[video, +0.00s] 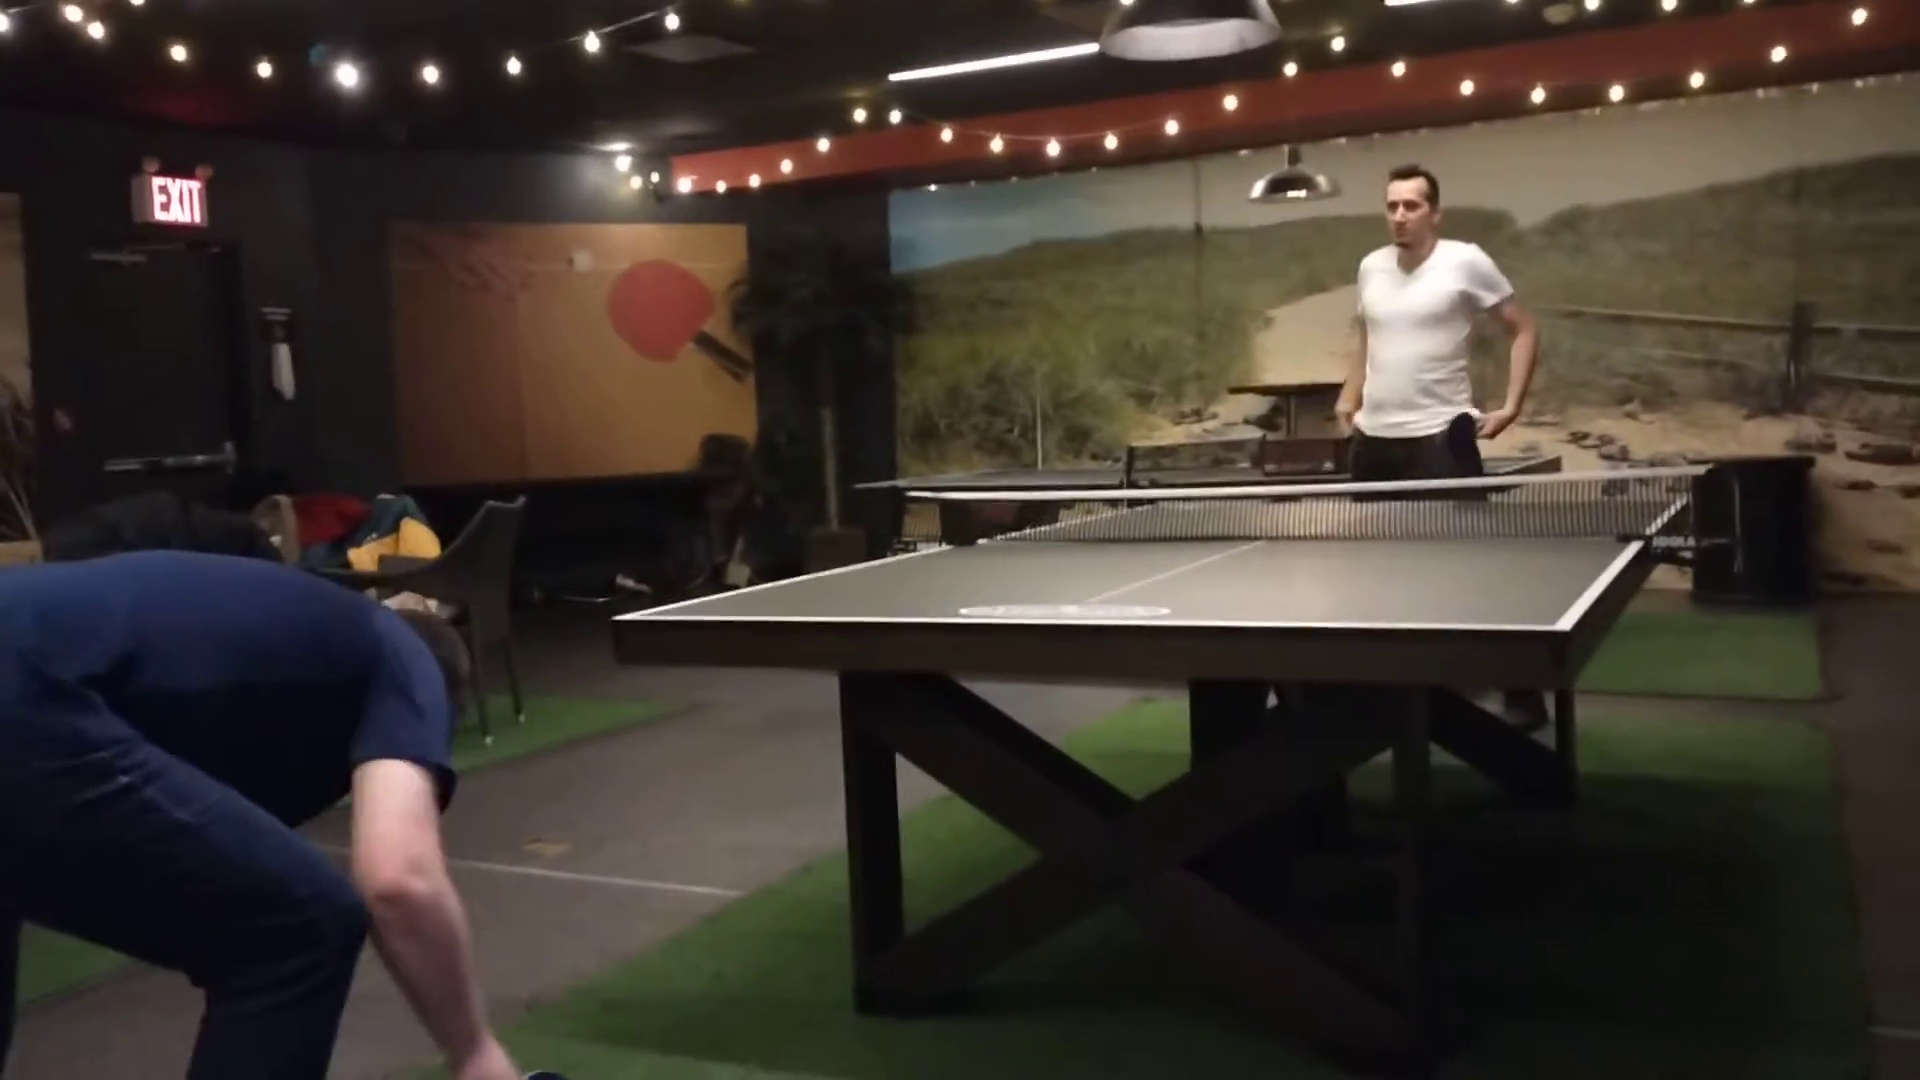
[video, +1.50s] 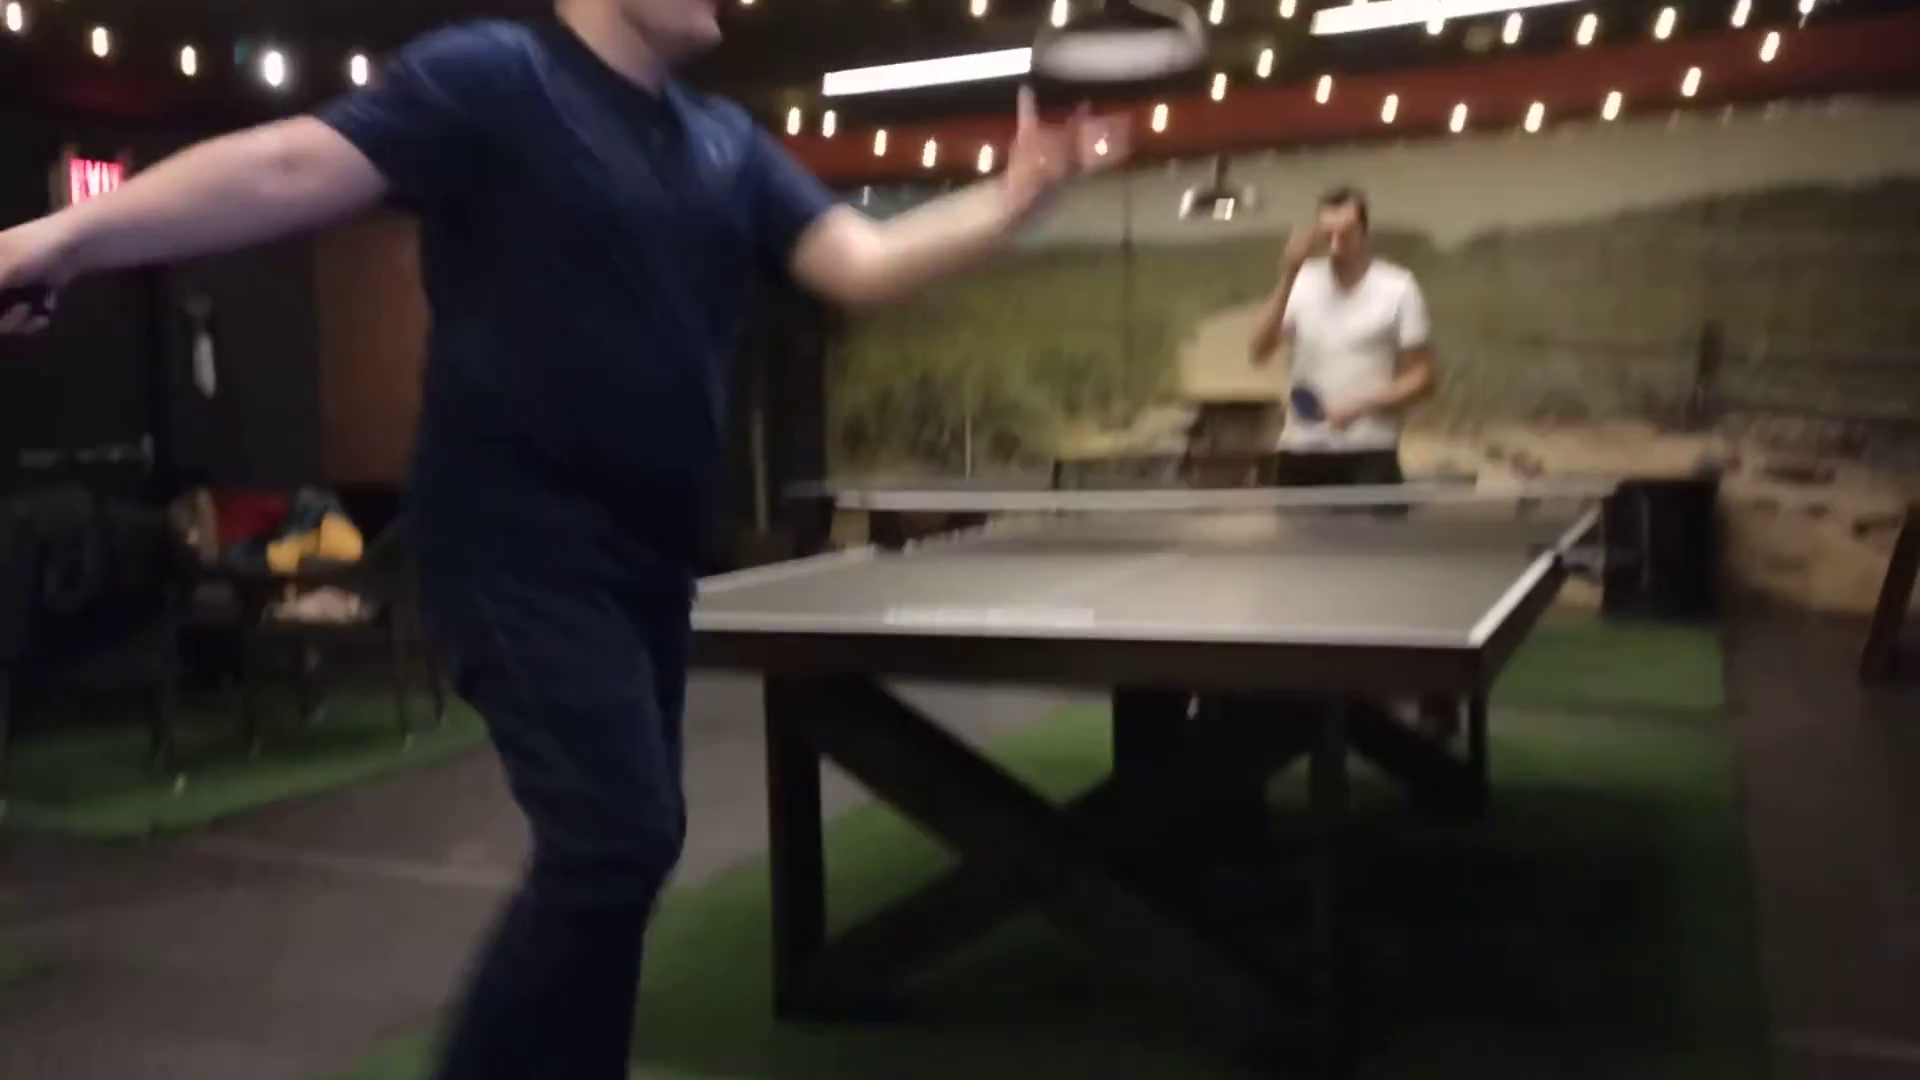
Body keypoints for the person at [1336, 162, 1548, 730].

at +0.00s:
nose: (1400, 215)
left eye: (1412, 205)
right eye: (1393, 206)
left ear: (1435, 212)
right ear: (1385, 213)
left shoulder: (1465, 262)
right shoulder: (1372, 267)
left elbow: (1524, 329)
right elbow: (1368, 337)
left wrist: (1509, 408)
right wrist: (1351, 393)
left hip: (1442, 441)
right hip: (1375, 443)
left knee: (1473, 561)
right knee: (1375, 564)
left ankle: (1519, 691)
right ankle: (1383, 691)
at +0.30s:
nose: (1384, 192)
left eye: (1396, 182)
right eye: (1377, 182)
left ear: (1418, 189)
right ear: (1367, 189)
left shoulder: (1448, 242)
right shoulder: (1351, 242)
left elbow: (1508, 309)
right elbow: (1339, 316)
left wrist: (1486, 390)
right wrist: (1325, 385)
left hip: (1426, 416)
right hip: (1356, 419)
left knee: (1456, 534)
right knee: (1353, 541)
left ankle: (1497, 668)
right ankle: (1357, 673)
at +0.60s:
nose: (1377, 168)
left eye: (1388, 159)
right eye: (1369, 159)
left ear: (1410, 168)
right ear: (1360, 168)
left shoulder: (1436, 225)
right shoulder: (1341, 230)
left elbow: (1468, 310)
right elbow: (1303, 299)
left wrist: (1420, 378)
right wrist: (1284, 340)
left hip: (1414, 401)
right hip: (1344, 402)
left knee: (1443, 519)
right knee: (1341, 521)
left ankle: (1484, 648)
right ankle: (1343, 652)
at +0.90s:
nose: (1358, 169)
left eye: (1369, 159)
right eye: (1351, 160)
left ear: (1394, 158)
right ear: (1343, 162)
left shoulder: (1428, 213)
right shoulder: (1333, 212)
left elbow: (1453, 301)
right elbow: (1286, 281)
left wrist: (1387, 317)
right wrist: (1317, 207)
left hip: (1404, 385)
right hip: (1336, 384)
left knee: (1430, 503)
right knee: (1334, 505)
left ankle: (1470, 634)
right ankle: (1336, 639)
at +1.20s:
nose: (1355, 165)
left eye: (1366, 155)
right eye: (1348, 155)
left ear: (1389, 155)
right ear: (1339, 157)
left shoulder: (1421, 208)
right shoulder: (1324, 205)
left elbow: (1449, 295)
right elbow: (1281, 269)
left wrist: (1381, 316)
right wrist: (1317, 191)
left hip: (1395, 378)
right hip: (1326, 378)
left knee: (1420, 497)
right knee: (1325, 500)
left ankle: (1458, 625)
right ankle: (1329, 631)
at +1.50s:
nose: (1335, 246)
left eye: (1345, 235)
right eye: (1327, 235)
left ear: (1364, 233)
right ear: (1317, 235)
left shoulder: (1397, 287)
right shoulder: (1304, 278)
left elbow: (1421, 373)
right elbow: (1260, 350)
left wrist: (1358, 406)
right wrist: (1289, 272)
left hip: (1368, 454)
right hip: (1303, 453)